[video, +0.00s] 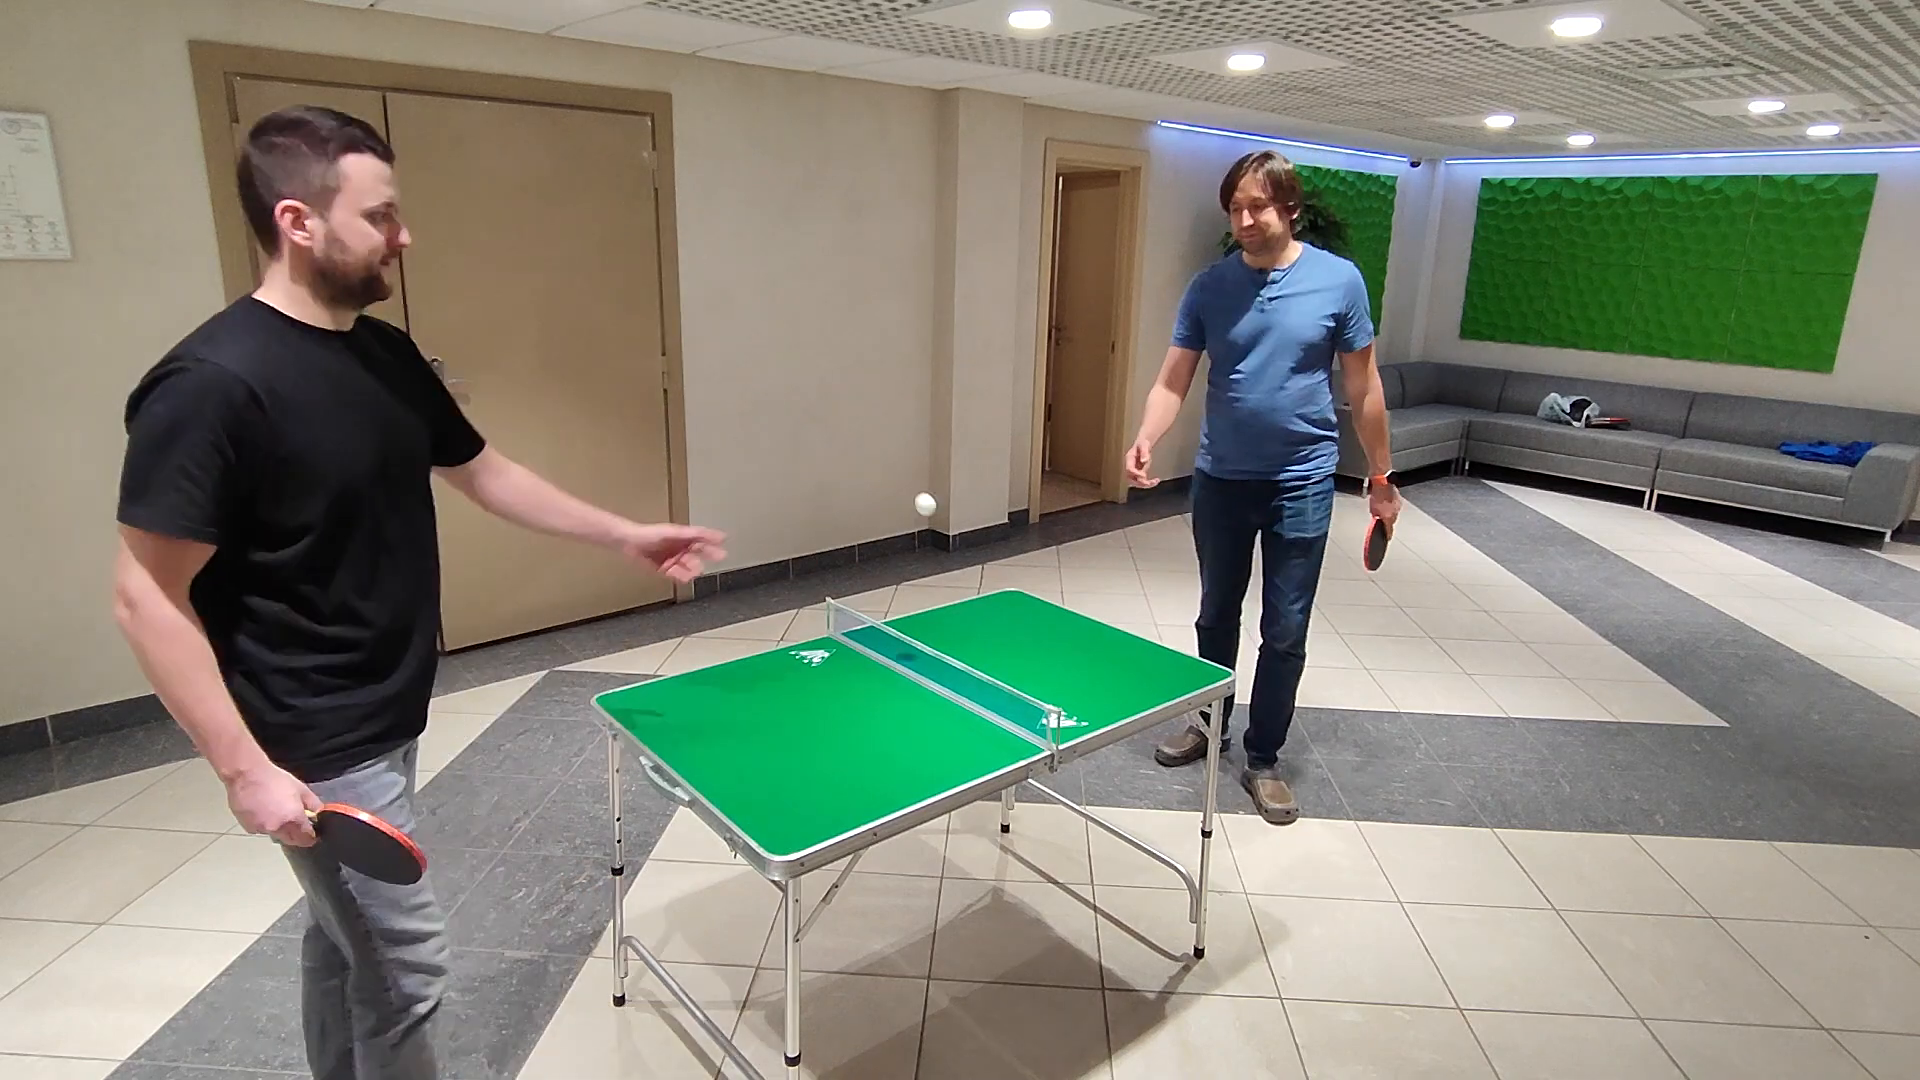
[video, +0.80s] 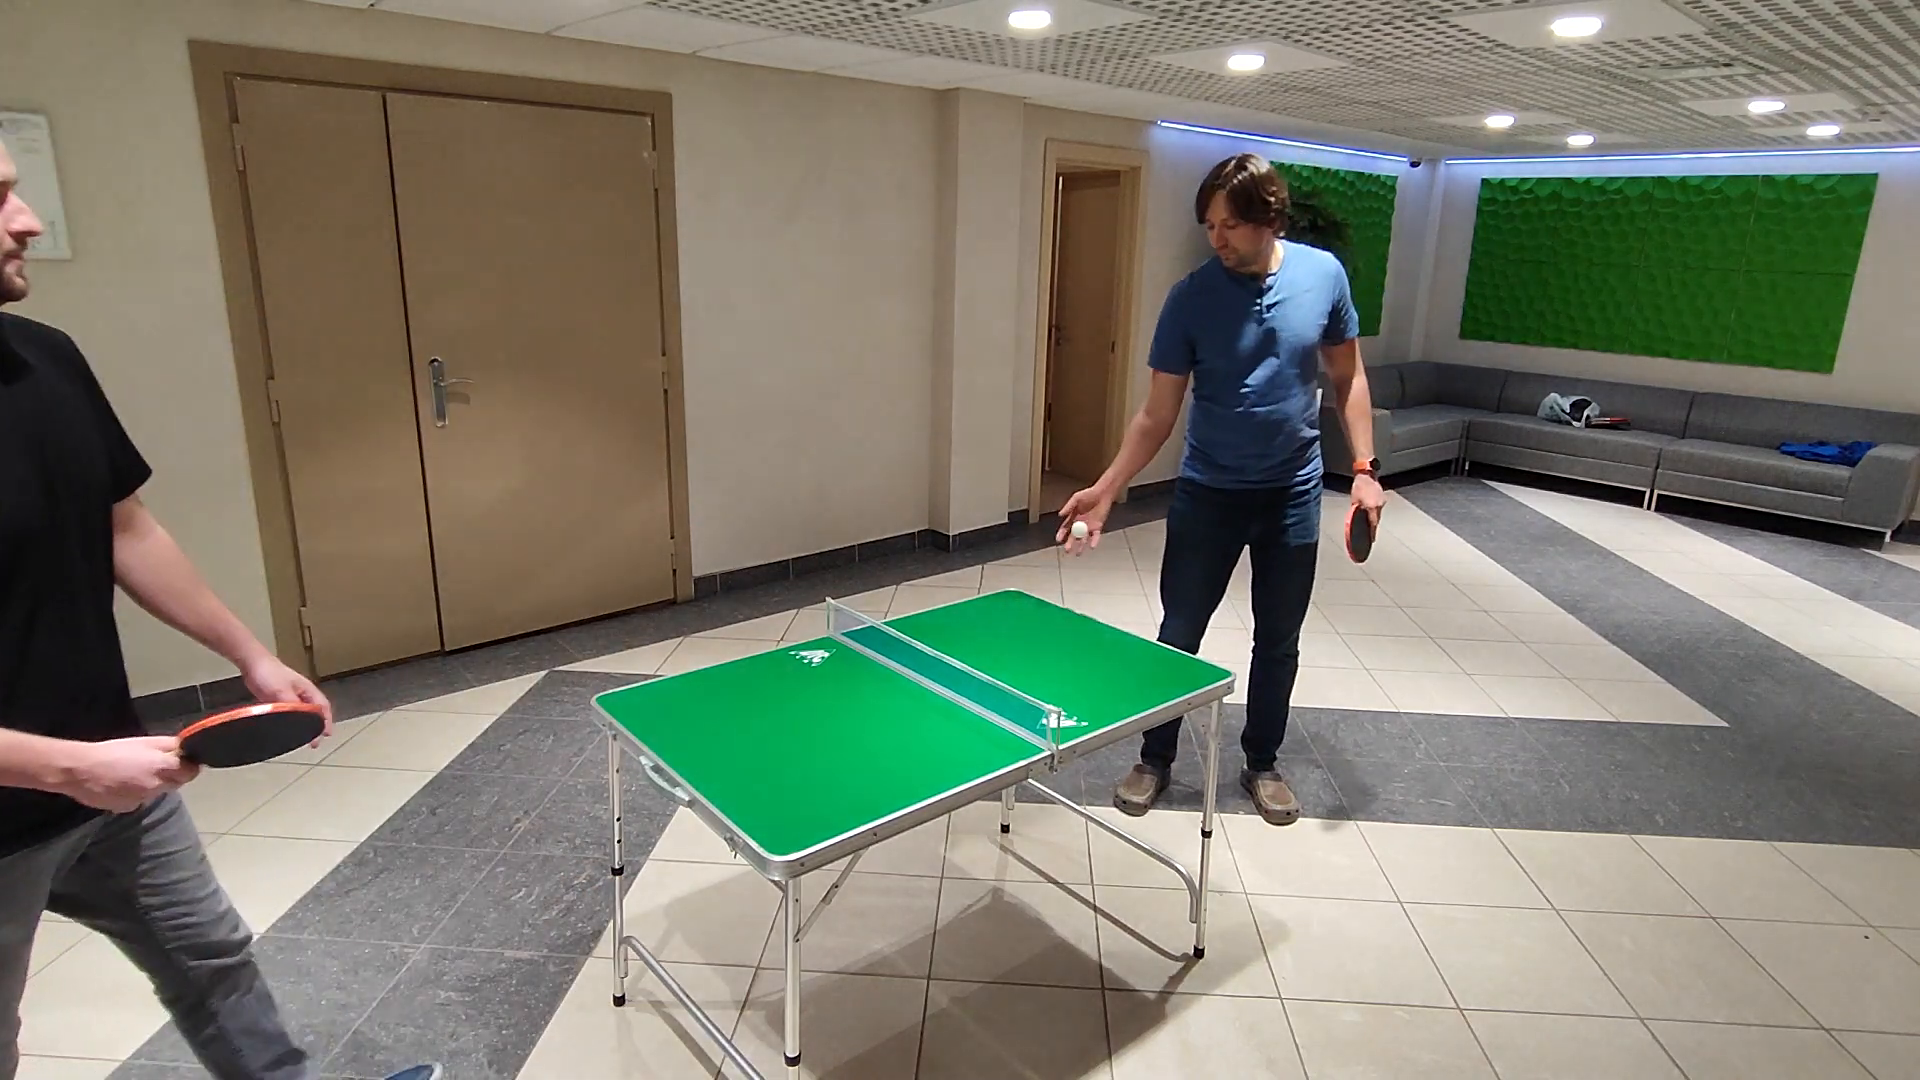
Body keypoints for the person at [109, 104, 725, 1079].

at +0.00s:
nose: (403, 240)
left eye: (400, 215)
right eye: (379, 216)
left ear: (315, 225)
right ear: (296, 223)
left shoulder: (386, 356)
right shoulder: (210, 386)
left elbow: (485, 473)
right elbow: (144, 595)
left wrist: (629, 536)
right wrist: (243, 769)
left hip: (390, 722)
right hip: (315, 747)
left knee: (343, 943)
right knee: (406, 985)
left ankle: (338, 1071)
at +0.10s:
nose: (370, 230)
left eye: (365, 206)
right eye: (344, 209)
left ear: (274, 220)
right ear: (262, 220)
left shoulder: (357, 351)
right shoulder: (182, 381)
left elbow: (433, 500)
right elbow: (122, 595)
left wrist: (541, 602)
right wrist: (240, 761)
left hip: (371, 724)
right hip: (284, 747)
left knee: (343, 954)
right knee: (365, 982)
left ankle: (337, 1063)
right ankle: (338, 1074)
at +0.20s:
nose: (340, 223)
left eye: (334, 199)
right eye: (313, 202)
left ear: (246, 216)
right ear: (226, 216)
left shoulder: (333, 351)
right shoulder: (153, 377)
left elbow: (373, 514)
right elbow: (98, 594)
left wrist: (424, 644)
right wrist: (239, 749)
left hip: (348, 723)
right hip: (250, 751)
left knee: (336, 955)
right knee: (316, 1002)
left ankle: (345, 1068)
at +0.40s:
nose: (261, 218)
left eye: (254, 192)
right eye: (230, 195)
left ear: (156, 211)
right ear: (138, 211)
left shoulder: (254, 350)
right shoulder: (68, 385)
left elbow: (253, 558)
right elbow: (40, 616)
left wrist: (309, 707)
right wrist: (238, 729)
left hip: (296, 749)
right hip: (175, 789)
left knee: (313, 956)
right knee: (178, 1029)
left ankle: (337, 1070)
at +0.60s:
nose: (144, 224)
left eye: (134, 196)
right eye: (110, 199)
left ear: (30, 220)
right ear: (14, 219)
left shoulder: (143, 361)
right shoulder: (1, 390)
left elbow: (203, 528)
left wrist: (283, 653)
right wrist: (185, 734)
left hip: (203, 772)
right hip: (53, 818)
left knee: (275, 966)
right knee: (39, 1062)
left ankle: (340, 1076)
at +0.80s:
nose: (27, 221)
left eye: (15, 192)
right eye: (3, 198)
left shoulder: (46, 359)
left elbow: (129, 531)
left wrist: (249, 654)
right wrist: (67, 766)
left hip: (109, 780)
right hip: (7, 818)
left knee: (215, 965)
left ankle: (289, 1076)